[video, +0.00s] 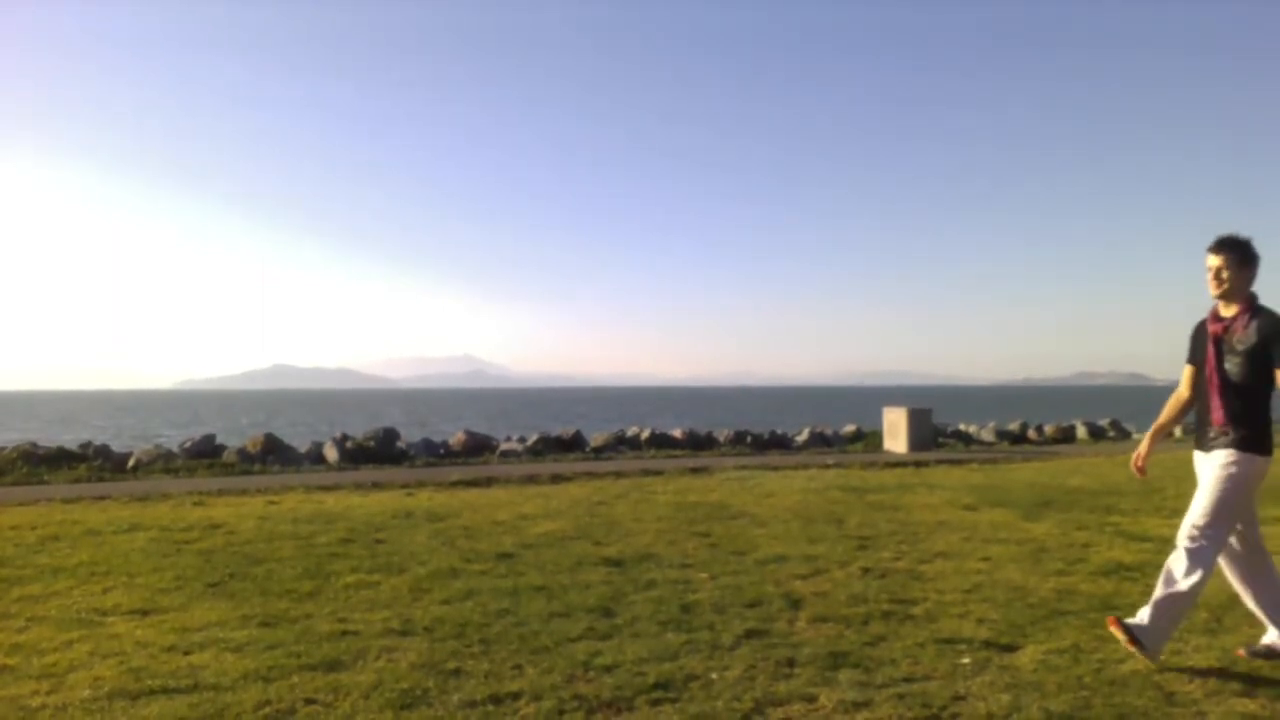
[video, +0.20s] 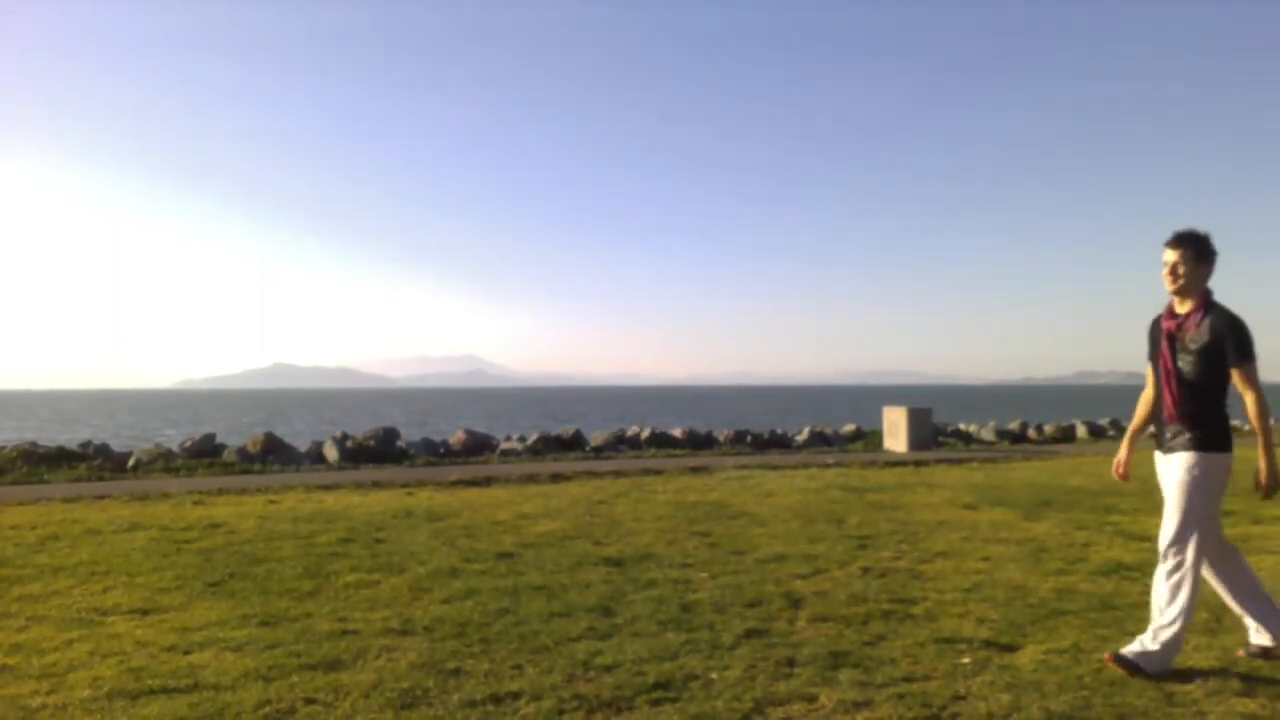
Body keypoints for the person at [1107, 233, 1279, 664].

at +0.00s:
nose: (1214, 278)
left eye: (1224, 270)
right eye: (1210, 271)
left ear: (1249, 272)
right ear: (1207, 275)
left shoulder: (1267, 326)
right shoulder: (1205, 328)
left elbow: (1275, 382)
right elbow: (1186, 390)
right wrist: (1152, 436)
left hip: (1244, 449)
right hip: (1207, 448)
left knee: (1197, 536)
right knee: (1241, 547)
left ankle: (1150, 631)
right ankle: (1277, 628)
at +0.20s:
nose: (1170, 273)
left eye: (1181, 266)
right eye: (1167, 265)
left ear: (1205, 269)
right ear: (1162, 270)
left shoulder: (1224, 324)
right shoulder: (1160, 326)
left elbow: (1252, 392)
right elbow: (1152, 390)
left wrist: (1266, 457)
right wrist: (1128, 440)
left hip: (1203, 452)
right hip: (1167, 451)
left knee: (1176, 546)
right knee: (1209, 546)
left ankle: (1156, 649)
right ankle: (1269, 628)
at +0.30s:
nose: (1145, 273)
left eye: (1154, 265)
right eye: (1141, 266)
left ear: (1181, 266)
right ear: (1138, 269)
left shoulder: (1202, 322)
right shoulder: (1140, 323)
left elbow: (1224, 392)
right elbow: (1137, 388)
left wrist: (1232, 458)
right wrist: (1121, 442)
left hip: (1183, 450)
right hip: (1143, 449)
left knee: (1163, 550)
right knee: (1148, 546)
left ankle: (1148, 653)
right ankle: (1238, 599)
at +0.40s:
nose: (1124, 273)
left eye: (1133, 265)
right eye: (1119, 266)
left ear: (1159, 265)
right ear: (1117, 270)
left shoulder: (1181, 319)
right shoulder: (1127, 320)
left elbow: (1195, 392)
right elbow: (1128, 388)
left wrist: (1188, 458)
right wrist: (1114, 438)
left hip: (1160, 449)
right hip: (1121, 446)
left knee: (1151, 551)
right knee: (1101, 536)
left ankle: (1147, 652)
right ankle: (1184, 582)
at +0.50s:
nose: (1106, 271)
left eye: (1115, 263)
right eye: (1102, 264)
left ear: (1143, 262)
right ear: (1101, 268)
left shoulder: (1164, 316)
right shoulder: (1116, 314)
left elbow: (1165, 391)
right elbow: (1120, 380)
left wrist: (1137, 447)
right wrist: (1106, 432)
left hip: (1146, 450)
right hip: (1103, 443)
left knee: (1140, 553)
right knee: (1064, 526)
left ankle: (1148, 653)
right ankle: (1120, 605)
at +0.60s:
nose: (1090, 269)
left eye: (1098, 260)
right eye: (1085, 263)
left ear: (1126, 260)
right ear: (1084, 267)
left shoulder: (1146, 312)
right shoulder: (1100, 313)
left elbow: (1139, 383)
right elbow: (1108, 379)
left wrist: (1088, 430)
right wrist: (1091, 429)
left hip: (1130, 448)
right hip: (1089, 442)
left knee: (1133, 552)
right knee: (1040, 527)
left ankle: (1146, 654)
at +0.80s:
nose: (1047, 277)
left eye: (1056, 269)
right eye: (1043, 270)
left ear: (1084, 270)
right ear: (1043, 276)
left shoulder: (1103, 322)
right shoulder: (1056, 325)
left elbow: (1086, 388)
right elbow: (1064, 389)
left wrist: (1021, 416)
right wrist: (1036, 428)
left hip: (1092, 461)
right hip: (1046, 458)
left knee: (1106, 563)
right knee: (1012, 555)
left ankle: (1141, 656)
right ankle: (970, 652)